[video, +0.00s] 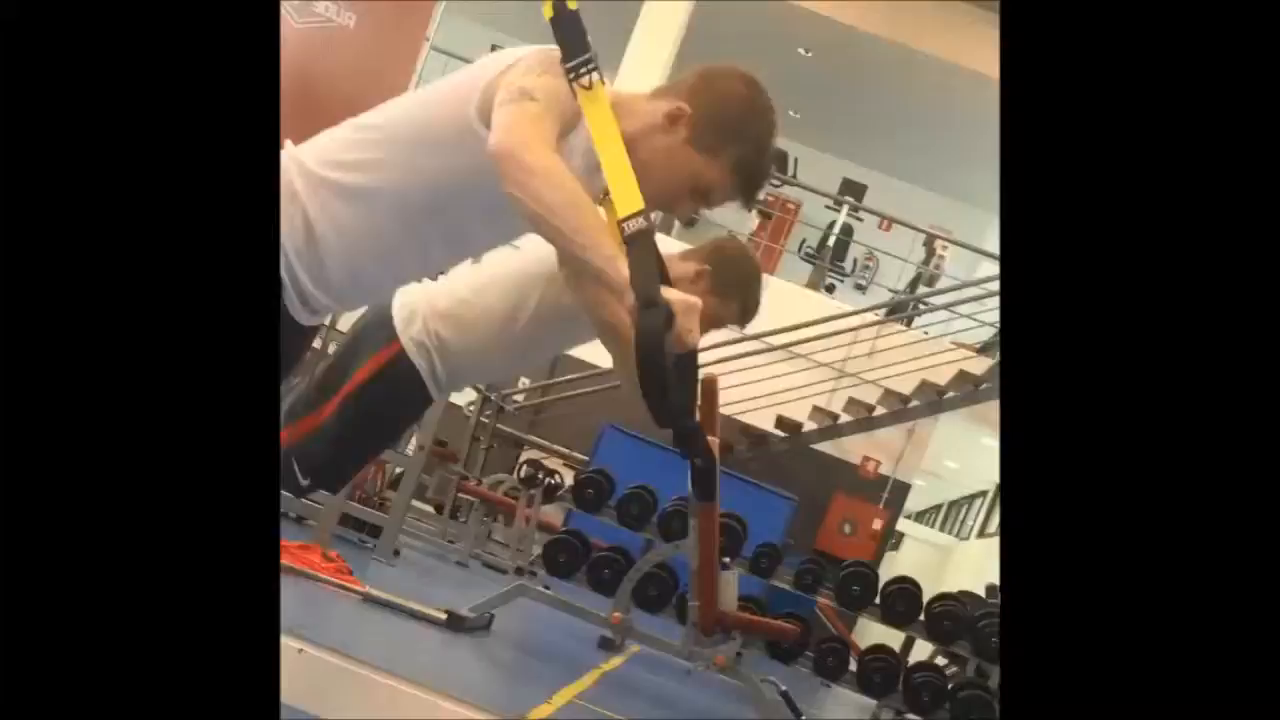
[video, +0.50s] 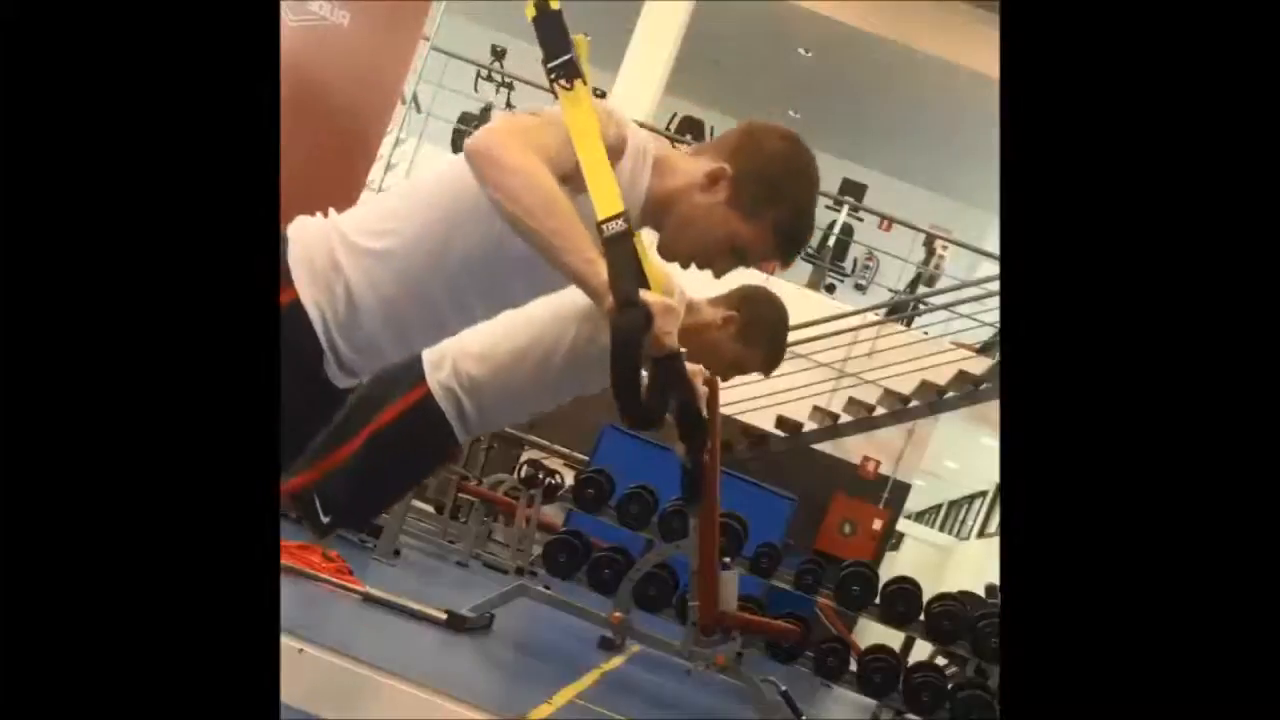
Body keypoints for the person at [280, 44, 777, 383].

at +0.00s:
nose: (685, 213)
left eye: (701, 205)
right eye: (698, 195)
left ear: (674, 117)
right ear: (677, 121)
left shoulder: (590, 179)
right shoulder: (555, 77)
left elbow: (598, 293)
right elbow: (518, 155)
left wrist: (655, 377)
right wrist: (635, 292)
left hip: (307, 305)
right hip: (280, 236)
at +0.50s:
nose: (719, 271)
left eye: (738, 264)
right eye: (736, 252)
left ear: (718, 177)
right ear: (720, 182)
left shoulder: (640, 242)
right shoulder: (611, 133)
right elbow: (496, 148)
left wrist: (670, 373)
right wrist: (610, 289)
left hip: (339, 371)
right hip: (299, 306)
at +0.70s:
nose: (740, 322)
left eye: (761, 317)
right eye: (758, 304)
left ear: (742, 238)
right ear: (742, 239)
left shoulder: (657, 280)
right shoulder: (634, 187)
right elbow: (497, 158)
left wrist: (658, 388)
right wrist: (612, 308)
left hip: (352, 408)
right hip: (313, 343)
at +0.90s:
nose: (754, 397)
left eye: (775, 396)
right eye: (774, 383)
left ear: (762, 313)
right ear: (764, 316)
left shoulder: (674, 344)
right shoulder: (660, 254)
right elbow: (514, 177)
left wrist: (659, 403)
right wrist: (627, 317)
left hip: (362, 444)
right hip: (329, 390)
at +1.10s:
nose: (754, 460)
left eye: (777, 459)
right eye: (775, 439)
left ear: (776, 363)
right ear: (775, 363)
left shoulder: (693, 411)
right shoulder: (672, 290)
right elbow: (529, 178)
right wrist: (615, 296)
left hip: (370, 468)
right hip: (340, 419)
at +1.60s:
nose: (744, 392)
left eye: (766, 391)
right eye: (763, 377)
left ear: (756, 305)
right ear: (758, 308)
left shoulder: (668, 350)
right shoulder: (658, 246)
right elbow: (522, 163)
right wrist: (625, 308)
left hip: (352, 433)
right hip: (320, 374)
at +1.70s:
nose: (731, 354)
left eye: (752, 354)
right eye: (750, 338)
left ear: (748, 258)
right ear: (748, 263)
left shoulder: (660, 305)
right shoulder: (647, 211)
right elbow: (511, 152)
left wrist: (666, 393)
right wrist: (612, 307)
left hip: (349, 414)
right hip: (311, 345)